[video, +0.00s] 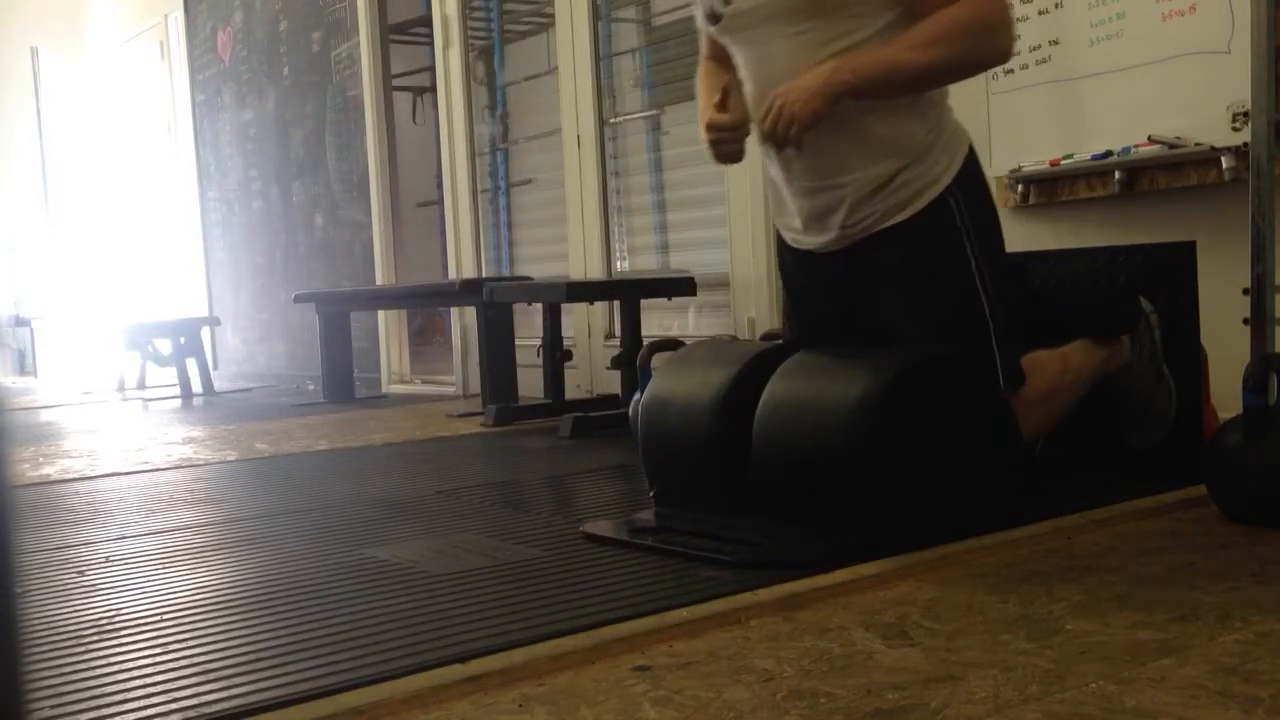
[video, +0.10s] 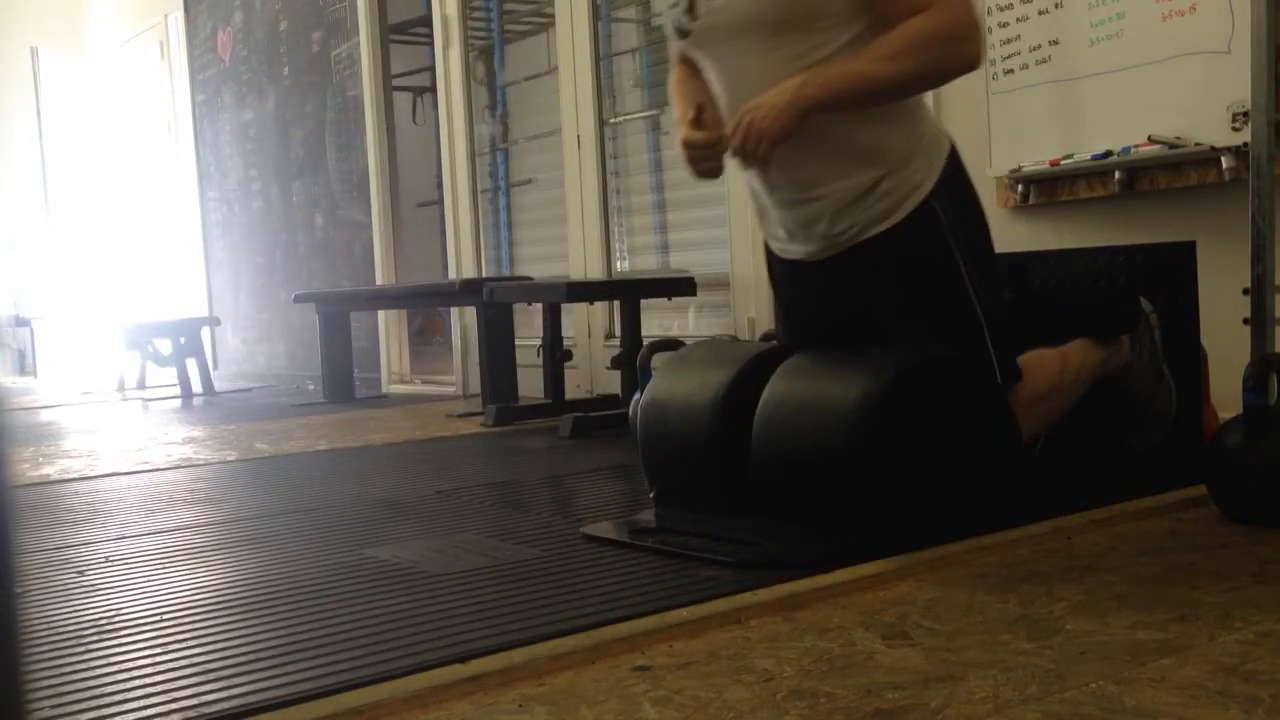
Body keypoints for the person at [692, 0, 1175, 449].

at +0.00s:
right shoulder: (720, 7)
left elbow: (987, 30)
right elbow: (717, 56)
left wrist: (832, 78)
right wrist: (717, 112)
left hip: (921, 205)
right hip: (806, 229)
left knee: (976, 432)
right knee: (845, 444)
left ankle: (1110, 347)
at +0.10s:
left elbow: (957, 35)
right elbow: (688, 52)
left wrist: (800, 94)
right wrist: (693, 116)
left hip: (908, 210)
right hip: (795, 240)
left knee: (977, 427)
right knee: (842, 446)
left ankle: (1110, 347)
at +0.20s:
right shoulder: (641, 10)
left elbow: (920, 46)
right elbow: (656, 65)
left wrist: (763, 118)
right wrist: (664, 136)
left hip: (891, 218)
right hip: (781, 254)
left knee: (972, 429)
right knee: (842, 455)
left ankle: (1110, 348)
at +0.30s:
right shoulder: (580, 9)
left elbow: (878, 60)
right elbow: (616, 86)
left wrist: (726, 155)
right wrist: (631, 156)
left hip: (871, 226)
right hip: (766, 264)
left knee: (959, 419)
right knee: (849, 449)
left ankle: (1110, 349)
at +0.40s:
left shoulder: (700, 8)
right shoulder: (515, 26)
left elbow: (839, 90)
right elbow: (584, 126)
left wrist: (692, 200)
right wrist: (596, 187)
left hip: (850, 238)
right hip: (754, 281)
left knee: (961, 415)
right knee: (875, 433)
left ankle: (1102, 348)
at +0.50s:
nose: (385, 18)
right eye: (379, 6)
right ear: (431, 10)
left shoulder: (616, 32)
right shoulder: (473, 79)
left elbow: (797, 143)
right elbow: (589, 163)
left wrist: (666, 263)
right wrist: (579, 230)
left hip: (833, 256)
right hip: (747, 293)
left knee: (943, 421)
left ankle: (1067, 356)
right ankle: (1022, 368)